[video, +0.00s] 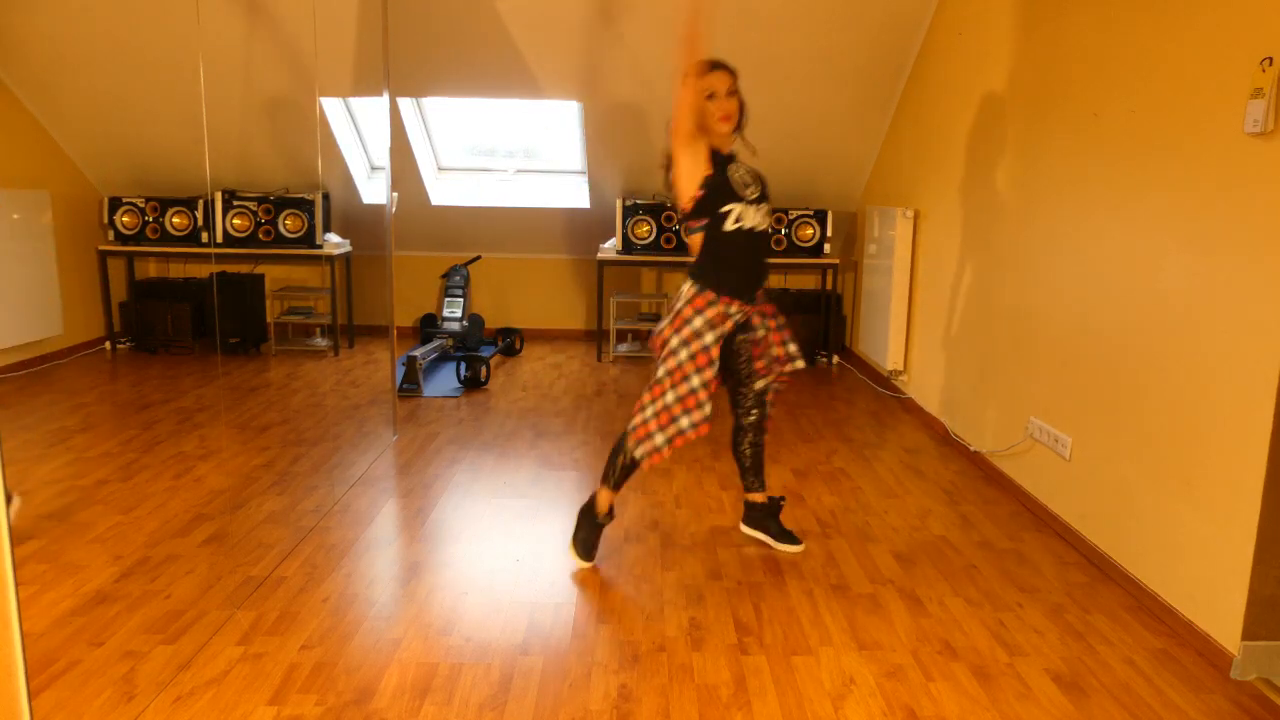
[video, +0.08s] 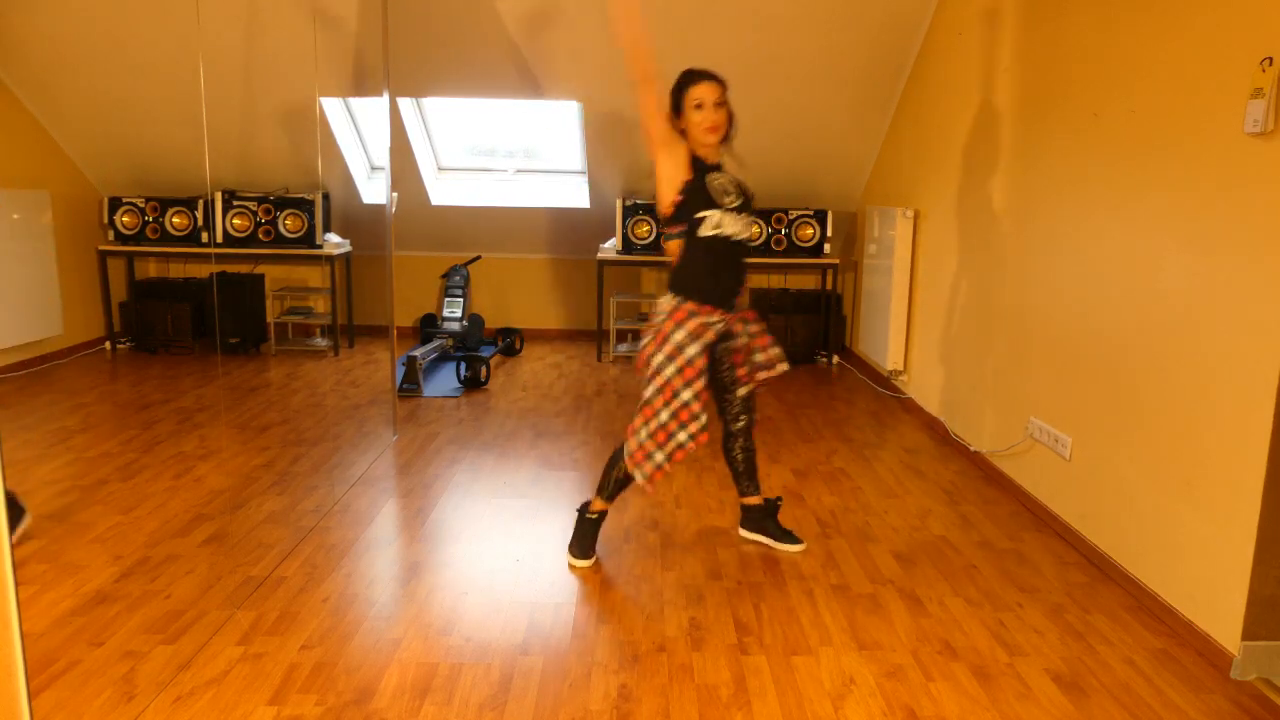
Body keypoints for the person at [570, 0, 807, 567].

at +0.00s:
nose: (725, 104)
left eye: (732, 95)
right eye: (713, 96)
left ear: (741, 105)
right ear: (693, 108)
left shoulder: (739, 163)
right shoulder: (690, 157)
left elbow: (705, 235)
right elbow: (689, 72)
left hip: (746, 309)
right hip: (706, 308)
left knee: (752, 405)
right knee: (665, 410)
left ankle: (758, 507)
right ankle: (599, 507)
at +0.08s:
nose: (713, 116)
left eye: (720, 105)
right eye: (700, 107)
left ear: (730, 114)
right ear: (677, 118)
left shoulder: (726, 176)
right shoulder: (674, 163)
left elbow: (710, 242)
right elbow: (643, 77)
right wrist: (624, 9)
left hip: (729, 317)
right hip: (687, 318)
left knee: (739, 420)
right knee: (658, 423)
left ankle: (755, 512)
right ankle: (593, 512)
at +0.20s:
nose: (689, 126)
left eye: (698, 116)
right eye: (677, 116)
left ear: (709, 127)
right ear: (658, 125)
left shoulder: (703, 189)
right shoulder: (641, 161)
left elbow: (688, 259)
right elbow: (582, 102)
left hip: (690, 326)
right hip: (638, 325)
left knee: (727, 417)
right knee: (627, 433)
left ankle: (750, 514)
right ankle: (586, 520)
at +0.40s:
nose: (657, 145)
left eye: (666, 134)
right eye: (644, 137)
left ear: (681, 141)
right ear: (632, 149)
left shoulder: (699, 215)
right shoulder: (614, 189)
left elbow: (690, 287)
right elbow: (557, 200)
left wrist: (683, 346)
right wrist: (507, 199)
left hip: (646, 339)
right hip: (589, 329)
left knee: (674, 435)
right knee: (592, 439)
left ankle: (638, 485)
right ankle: (583, 523)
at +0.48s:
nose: (648, 143)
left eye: (658, 132)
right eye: (636, 136)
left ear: (673, 141)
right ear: (623, 148)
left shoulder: (691, 212)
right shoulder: (606, 197)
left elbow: (684, 290)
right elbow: (547, 237)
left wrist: (678, 360)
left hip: (641, 340)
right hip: (583, 327)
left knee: (634, 446)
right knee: (583, 437)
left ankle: (608, 506)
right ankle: (583, 520)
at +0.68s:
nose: (636, 94)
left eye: (647, 87)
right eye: (626, 85)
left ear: (659, 103)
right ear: (609, 98)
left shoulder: (664, 158)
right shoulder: (598, 170)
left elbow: (631, 200)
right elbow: (591, 247)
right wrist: (577, 307)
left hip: (659, 306)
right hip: (604, 304)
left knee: (672, 411)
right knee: (593, 412)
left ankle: (664, 497)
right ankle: (590, 516)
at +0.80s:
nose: (637, 80)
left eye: (650, 73)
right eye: (627, 71)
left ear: (664, 89)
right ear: (608, 86)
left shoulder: (668, 140)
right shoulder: (603, 159)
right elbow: (607, 234)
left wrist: (567, 70)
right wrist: (605, 294)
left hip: (677, 297)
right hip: (621, 301)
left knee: (707, 399)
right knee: (607, 408)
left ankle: (734, 498)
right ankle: (594, 514)